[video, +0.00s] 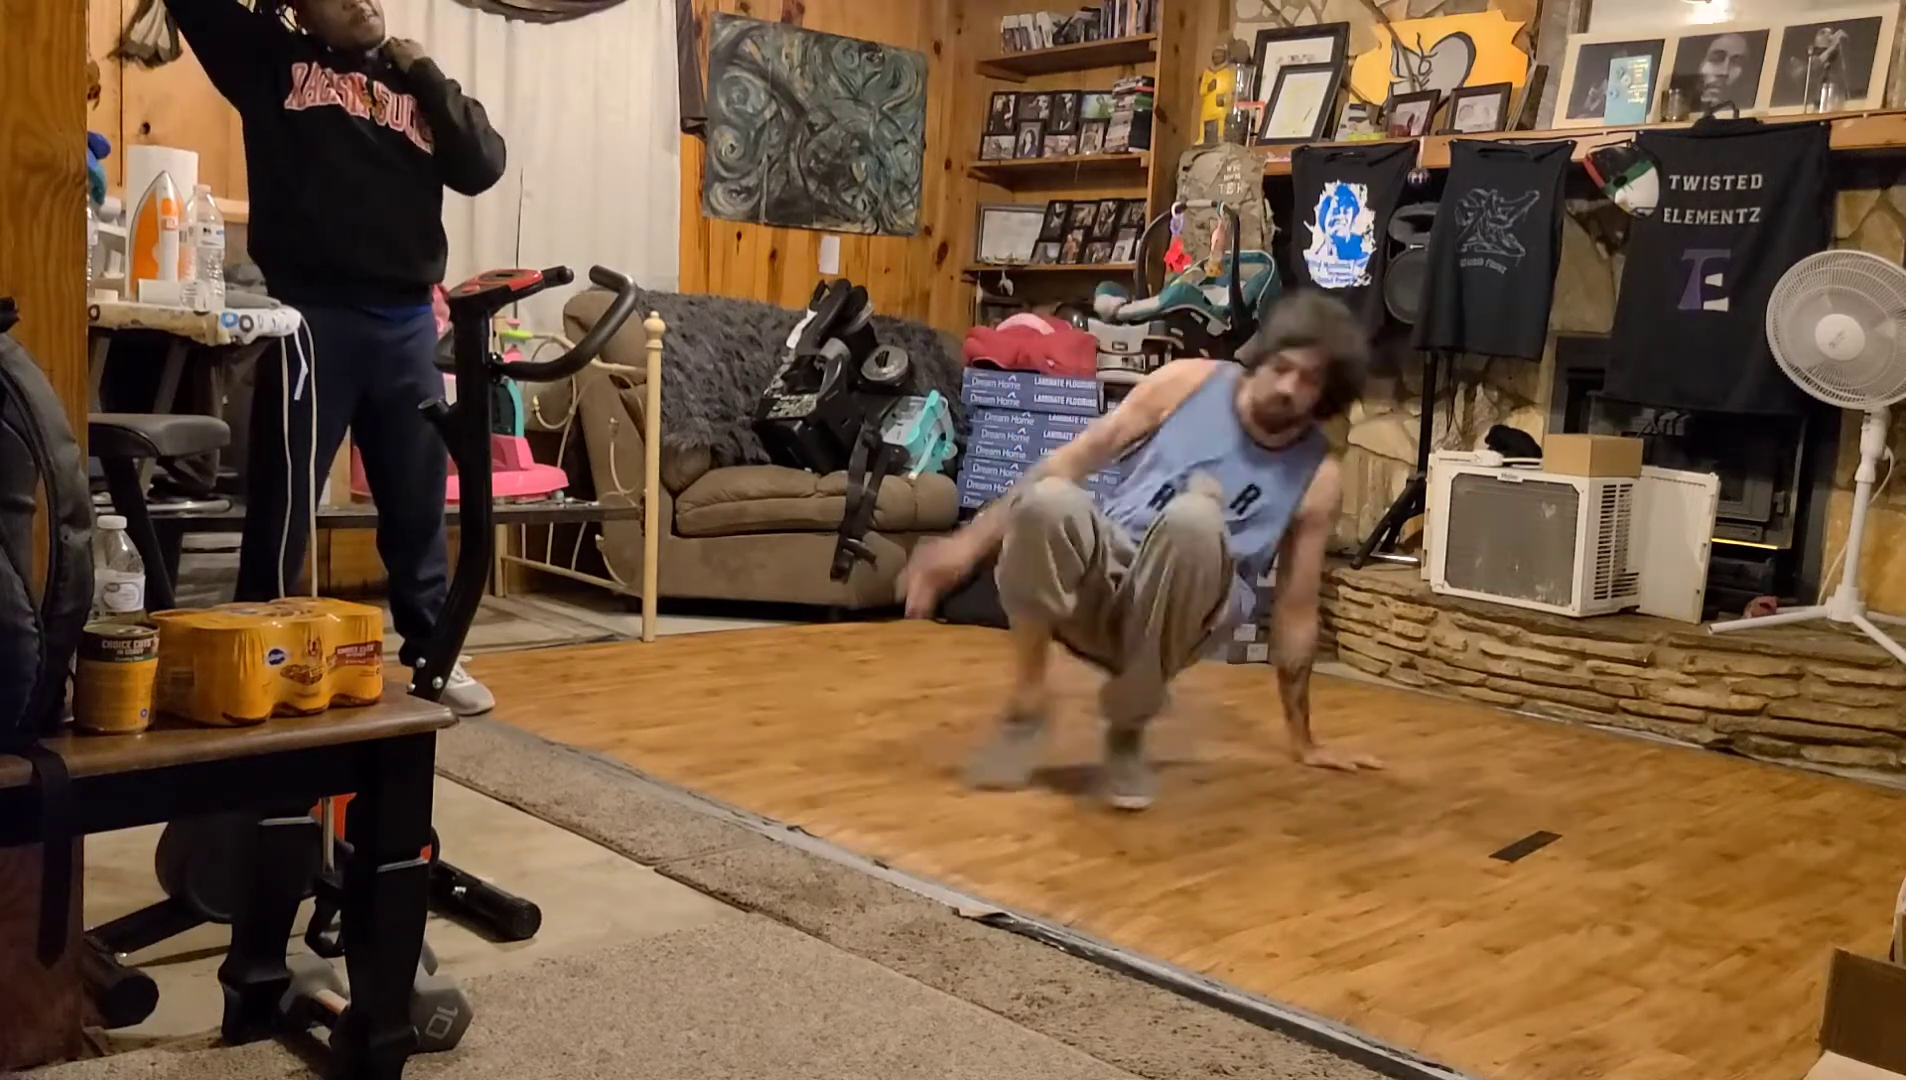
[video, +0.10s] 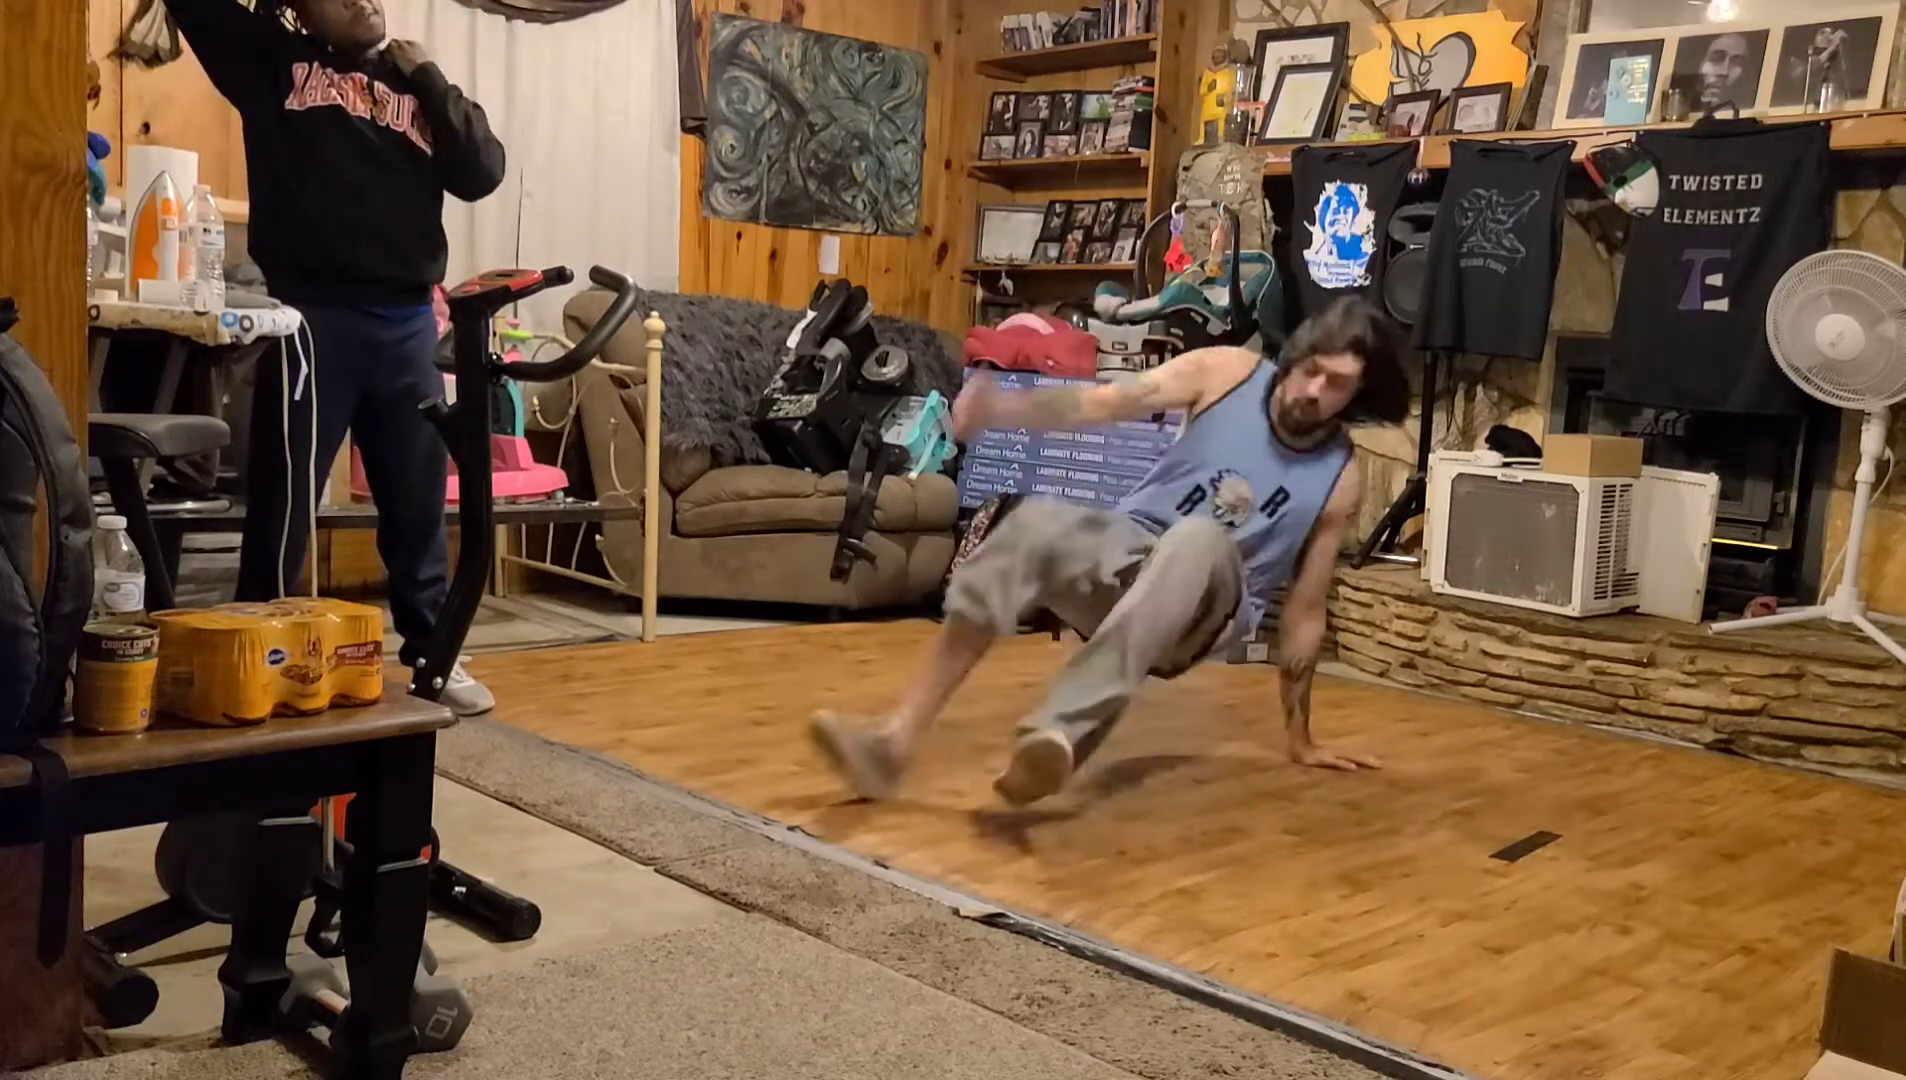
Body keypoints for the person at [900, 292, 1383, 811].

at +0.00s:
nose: (1288, 389)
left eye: (1309, 382)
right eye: (1282, 367)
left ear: (1325, 398)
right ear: (1258, 356)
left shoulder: (1316, 476)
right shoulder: (1186, 381)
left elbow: (1297, 613)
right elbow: (1075, 461)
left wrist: (1304, 743)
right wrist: (968, 545)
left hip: (1177, 619)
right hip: (1090, 578)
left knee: (1195, 516)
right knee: (1047, 504)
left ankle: (1128, 735)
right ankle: (1025, 714)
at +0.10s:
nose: (1314, 392)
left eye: (1336, 385)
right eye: (1311, 371)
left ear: (1359, 390)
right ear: (1295, 353)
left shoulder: (1340, 478)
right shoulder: (1228, 371)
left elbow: (1304, 613)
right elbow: (1106, 402)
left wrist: (1302, 739)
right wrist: (1002, 409)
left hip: (1204, 601)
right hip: (1123, 551)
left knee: (1201, 538)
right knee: (1033, 521)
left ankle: (1052, 745)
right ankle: (893, 742)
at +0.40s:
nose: (1319, 377)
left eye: (1340, 372)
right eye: (1314, 357)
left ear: (1354, 391)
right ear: (1291, 353)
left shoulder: (1346, 479)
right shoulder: (1219, 375)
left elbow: (1306, 615)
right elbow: (1096, 386)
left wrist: (1300, 741)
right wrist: (1047, 312)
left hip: (1211, 629)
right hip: (1118, 578)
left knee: (1187, 548)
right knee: (1016, 536)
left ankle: (1115, 729)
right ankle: (1062, 710)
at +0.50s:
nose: (1321, 376)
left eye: (1345, 369)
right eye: (1317, 352)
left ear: (1364, 384)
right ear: (1299, 340)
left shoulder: (1351, 475)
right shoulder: (1230, 360)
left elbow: (1311, 614)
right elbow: (1106, 348)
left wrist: (1300, 740)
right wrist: (1063, 282)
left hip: (1214, 621)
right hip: (1125, 560)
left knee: (1172, 521)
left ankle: (1053, 742)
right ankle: (993, 708)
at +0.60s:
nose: (1335, 389)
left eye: (1359, 385)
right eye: (1333, 365)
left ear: (1381, 399)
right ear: (1318, 347)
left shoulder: (1362, 482)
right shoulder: (1254, 360)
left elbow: (1312, 611)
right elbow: (1130, 319)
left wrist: (1299, 746)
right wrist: (1056, 262)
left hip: (1208, 597)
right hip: (1122, 539)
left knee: (1150, 545)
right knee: (1016, 517)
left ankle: (1009, 762)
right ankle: (919, 734)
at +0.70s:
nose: (1331, 385)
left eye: (1356, 380)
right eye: (1329, 361)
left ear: (1380, 393)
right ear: (1317, 342)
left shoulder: (1357, 481)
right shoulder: (1247, 354)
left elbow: (1310, 612)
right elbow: (1110, 336)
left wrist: (1301, 744)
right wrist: (1011, 321)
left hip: (1212, 602)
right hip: (1125, 547)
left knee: (1172, 502)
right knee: (1023, 499)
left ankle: (1067, 728)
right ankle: (959, 723)